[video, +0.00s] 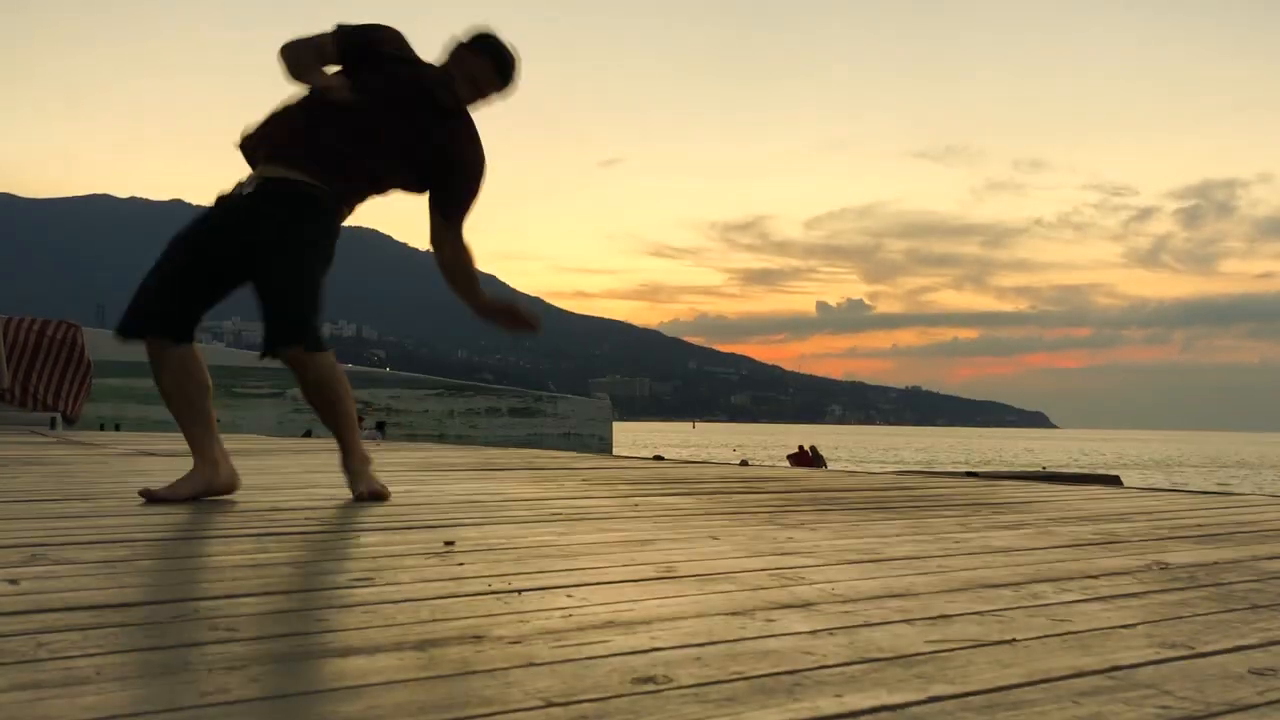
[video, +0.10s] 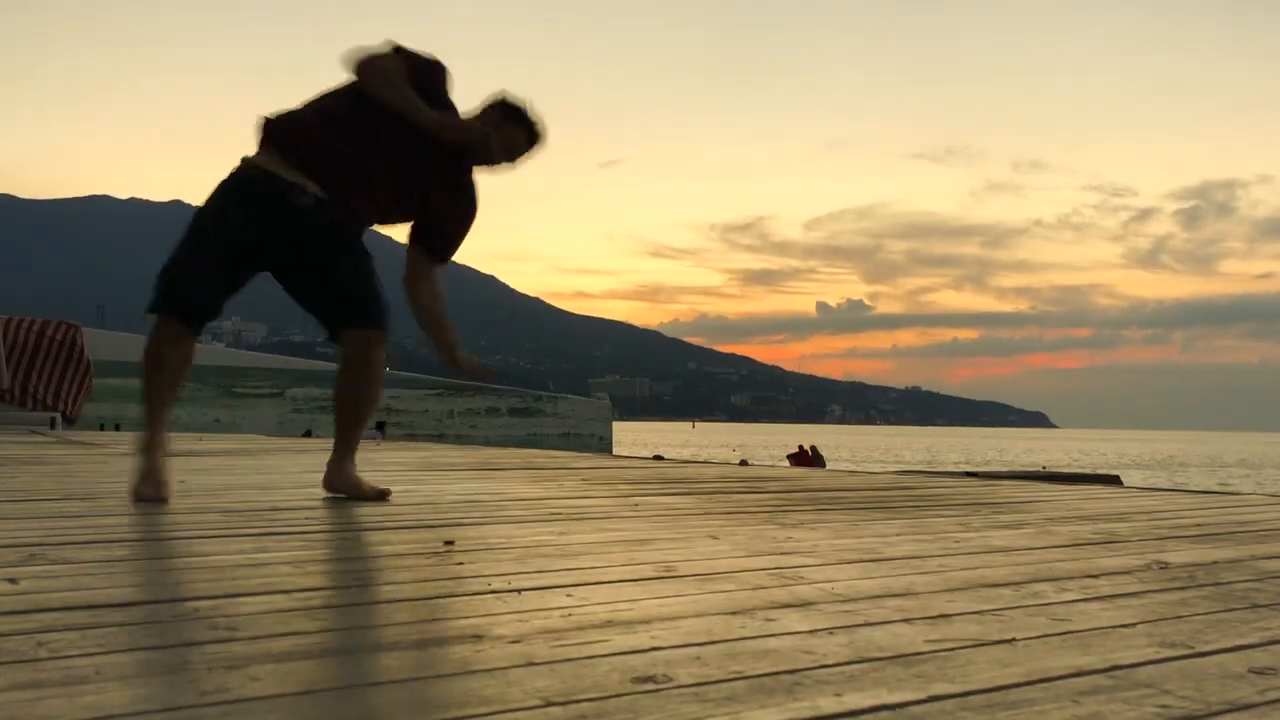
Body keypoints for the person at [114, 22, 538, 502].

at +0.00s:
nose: (469, 87)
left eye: (482, 87)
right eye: (469, 72)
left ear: (488, 95)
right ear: (453, 54)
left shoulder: (460, 149)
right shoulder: (384, 48)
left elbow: (448, 239)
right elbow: (295, 52)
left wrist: (481, 303)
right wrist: (321, 77)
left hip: (309, 214)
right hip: (250, 198)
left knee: (297, 342)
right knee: (161, 321)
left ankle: (357, 464)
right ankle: (211, 464)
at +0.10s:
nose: (497, 150)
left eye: (509, 153)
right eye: (501, 137)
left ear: (507, 159)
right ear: (485, 113)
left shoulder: (454, 197)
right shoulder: (428, 81)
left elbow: (421, 278)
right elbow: (371, 67)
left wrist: (454, 355)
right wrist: (433, 120)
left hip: (326, 230)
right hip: (256, 192)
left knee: (366, 337)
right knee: (176, 320)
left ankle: (341, 468)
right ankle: (152, 455)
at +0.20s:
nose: (497, 209)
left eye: (502, 210)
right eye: (501, 197)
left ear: (486, 210)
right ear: (491, 166)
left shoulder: (434, 231)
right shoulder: (466, 140)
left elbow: (386, 302)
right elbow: (463, 149)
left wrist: (384, 393)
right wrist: (523, 214)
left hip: (325, 232)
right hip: (285, 182)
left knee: (400, 336)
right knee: (215, 296)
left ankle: (342, 470)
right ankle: (87, 367)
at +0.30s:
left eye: (454, 271)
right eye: (472, 264)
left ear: (450, 249)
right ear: (482, 236)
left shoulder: (405, 253)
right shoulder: (484, 217)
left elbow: (371, 339)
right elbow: (504, 289)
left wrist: (337, 432)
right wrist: (519, 342)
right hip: (320, 177)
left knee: (388, 338)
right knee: (224, 247)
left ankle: (340, 464)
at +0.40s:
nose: (474, 319)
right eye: (481, 312)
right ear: (475, 290)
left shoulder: (388, 292)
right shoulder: (471, 274)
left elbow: (357, 354)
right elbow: (481, 348)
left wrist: (331, 440)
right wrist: (476, 425)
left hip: (315, 207)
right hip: (360, 171)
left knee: (329, 329)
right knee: (239, 123)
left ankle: (333, 459)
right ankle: (127, 52)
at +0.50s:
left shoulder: (360, 313)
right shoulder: (454, 309)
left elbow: (324, 391)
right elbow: (454, 385)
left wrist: (332, 470)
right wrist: (440, 458)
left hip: (324, 213)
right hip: (379, 180)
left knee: (309, 314)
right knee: (315, 58)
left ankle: (214, 382)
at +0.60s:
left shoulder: (334, 327)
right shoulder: (431, 328)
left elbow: (305, 400)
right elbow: (435, 395)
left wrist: (331, 470)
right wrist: (430, 470)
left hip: (345, 225)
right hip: (411, 220)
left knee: (271, 285)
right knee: (415, 84)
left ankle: (136, 231)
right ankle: (400, 9)